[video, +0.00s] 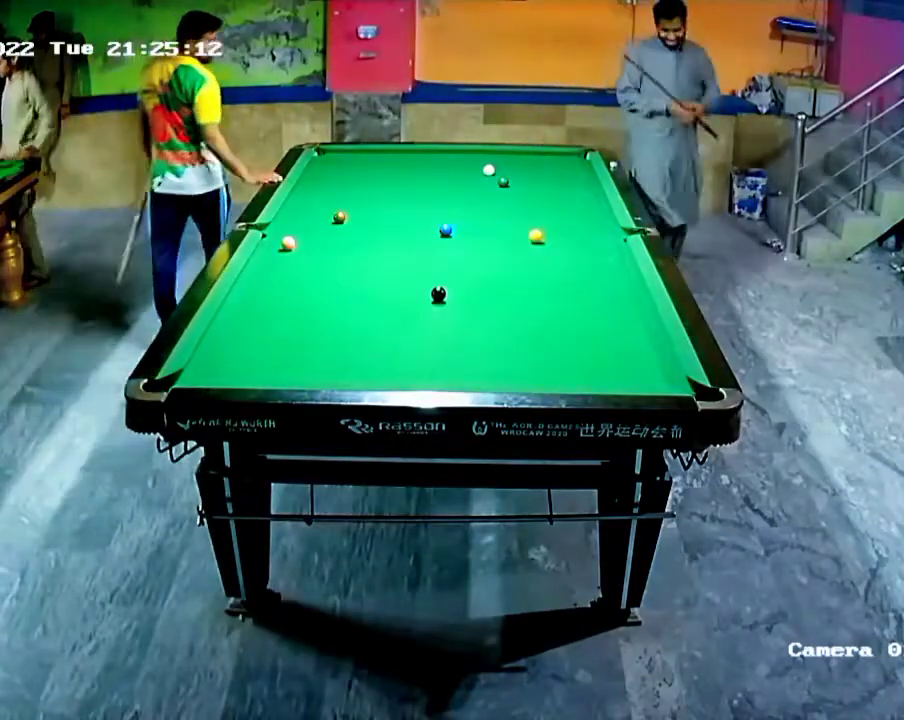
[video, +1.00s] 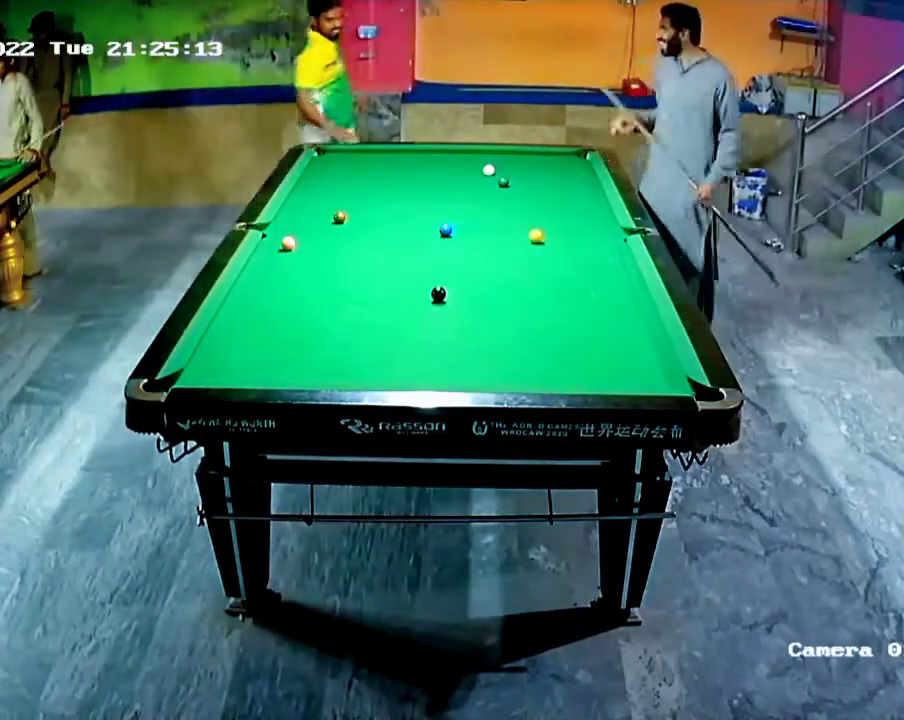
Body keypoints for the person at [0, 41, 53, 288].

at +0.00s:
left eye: (2, 59)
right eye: (0, 60)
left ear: (12, 60)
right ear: (9, 61)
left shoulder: (28, 81)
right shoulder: (8, 84)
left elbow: (48, 114)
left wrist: (37, 146)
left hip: (20, 159)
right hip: (4, 159)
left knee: (22, 215)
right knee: (17, 215)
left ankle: (37, 267)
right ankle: (27, 266)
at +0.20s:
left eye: (2, 61)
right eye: (0, 61)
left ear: (12, 62)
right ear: (9, 62)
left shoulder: (27, 82)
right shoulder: (8, 85)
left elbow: (45, 120)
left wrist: (36, 147)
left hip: (17, 159)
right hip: (4, 159)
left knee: (23, 216)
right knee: (16, 216)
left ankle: (37, 267)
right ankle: (27, 266)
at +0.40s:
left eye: (2, 62)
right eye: (0, 62)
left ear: (12, 63)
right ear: (8, 63)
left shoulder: (26, 83)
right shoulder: (8, 85)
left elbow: (43, 119)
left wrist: (35, 147)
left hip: (15, 159)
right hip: (4, 160)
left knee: (22, 214)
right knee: (16, 215)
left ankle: (36, 266)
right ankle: (28, 265)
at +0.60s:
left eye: (1, 62)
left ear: (11, 63)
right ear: (7, 63)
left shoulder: (25, 84)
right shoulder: (8, 86)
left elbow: (42, 119)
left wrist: (35, 146)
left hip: (15, 161)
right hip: (3, 161)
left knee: (22, 215)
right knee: (14, 216)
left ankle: (35, 266)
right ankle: (23, 266)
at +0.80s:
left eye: (2, 60)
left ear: (10, 62)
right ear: (6, 62)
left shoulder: (21, 82)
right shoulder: (10, 83)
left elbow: (38, 117)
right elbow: (37, 117)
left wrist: (35, 145)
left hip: (13, 159)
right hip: (3, 160)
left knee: (22, 216)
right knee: (16, 216)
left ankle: (35, 266)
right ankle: (29, 266)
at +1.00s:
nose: (1, 65)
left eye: (3, 60)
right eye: (2, 60)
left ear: (9, 62)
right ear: (5, 63)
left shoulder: (18, 81)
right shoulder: (13, 82)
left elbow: (35, 116)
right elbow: (34, 117)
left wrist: (34, 146)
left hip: (12, 158)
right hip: (4, 159)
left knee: (21, 213)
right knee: (17, 213)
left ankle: (30, 262)